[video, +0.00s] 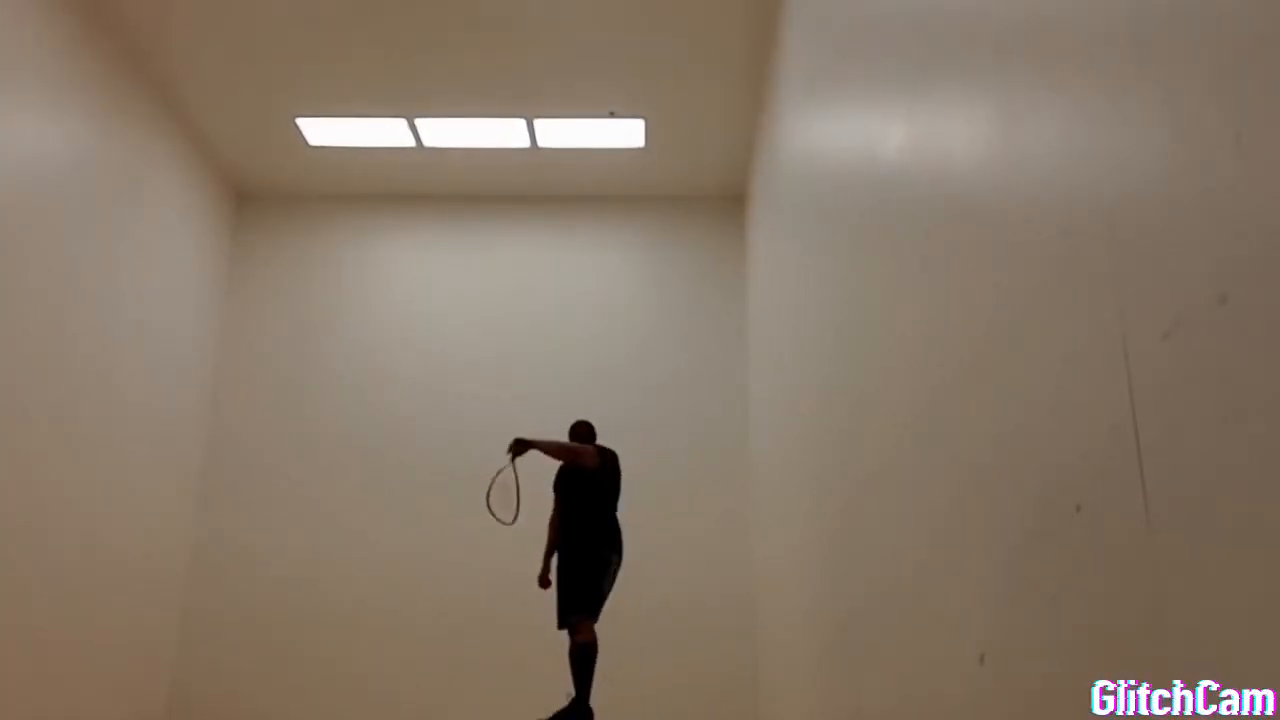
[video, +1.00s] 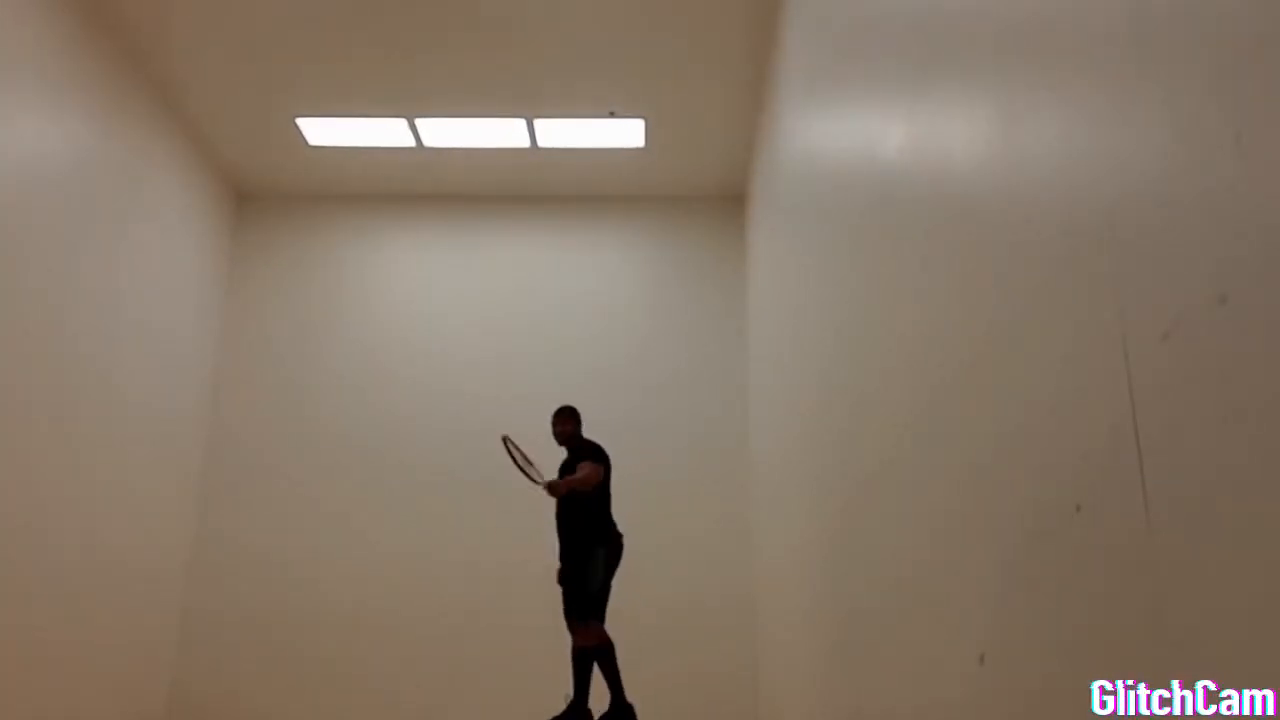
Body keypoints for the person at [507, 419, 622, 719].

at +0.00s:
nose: (577, 444)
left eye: (580, 439)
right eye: (575, 440)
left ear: (583, 439)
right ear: (582, 438)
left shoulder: (608, 459)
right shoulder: (564, 472)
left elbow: (574, 453)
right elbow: (557, 517)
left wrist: (531, 444)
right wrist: (546, 563)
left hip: (601, 548)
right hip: (572, 550)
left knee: (584, 623)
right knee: (576, 625)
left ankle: (582, 703)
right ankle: (580, 701)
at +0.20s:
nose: (561, 445)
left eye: (563, 441)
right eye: (558, 441)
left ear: (573, 436)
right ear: (570, 436)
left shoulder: (599, 453)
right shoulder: (564, 469)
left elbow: (558, 447)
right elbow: (561, 516)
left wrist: (520, 445)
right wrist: (546, 558)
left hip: (599, 548)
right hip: (574, 551)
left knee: (583, 624)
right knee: (574, 624)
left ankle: (582, 704)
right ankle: (580, 703)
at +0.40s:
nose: (547, 448)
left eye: (547, 441)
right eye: (545, 443)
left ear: (556, 436)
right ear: (565, 433)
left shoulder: (589, 453)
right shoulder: (563, 467)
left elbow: (555, 471)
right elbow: (563, 515)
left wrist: (508, 475)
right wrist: (547, 552)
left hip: (600, 545)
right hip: (580, 548)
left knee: (581, 619)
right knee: (578, 618)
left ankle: (582, 703)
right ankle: (581, 701)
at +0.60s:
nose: (540, 440)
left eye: (542, 432)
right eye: (538, 434)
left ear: (555, 430)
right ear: (557, 430)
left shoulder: (577, 458)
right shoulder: (566, 462)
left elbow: (570, 511)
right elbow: (568, 514)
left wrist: (544, 551)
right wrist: (556, 553)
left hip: (596, 545)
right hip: (583, 547)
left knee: (584, 622)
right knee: (579, 622)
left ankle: (583, 704)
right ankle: (581, 702)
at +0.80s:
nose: (545, 432)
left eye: (550, 426)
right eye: (544, 427)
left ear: (563, 426)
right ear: (549, 429)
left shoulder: (582, 454)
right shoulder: (565, 460)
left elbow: (586, 497)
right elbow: (569, 506)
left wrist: (570, 530)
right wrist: (564, 550)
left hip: (596, 546)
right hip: (579, 548)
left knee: (589, 623)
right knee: (575, 624)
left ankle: (612, 701)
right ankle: (579, 703)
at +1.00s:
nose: (561, 431)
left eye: (566, 425)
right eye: (556, 426)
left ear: (578, 425)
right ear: (553, 430)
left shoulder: (592, 453)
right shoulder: (565, 467)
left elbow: (590, 477)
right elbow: (569, 521)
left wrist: (564, 485)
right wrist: (565, 563)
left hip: (600, 546)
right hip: (577, 550)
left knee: (591, 624)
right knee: (578, 625)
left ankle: (620, 702)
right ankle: (579, 704)